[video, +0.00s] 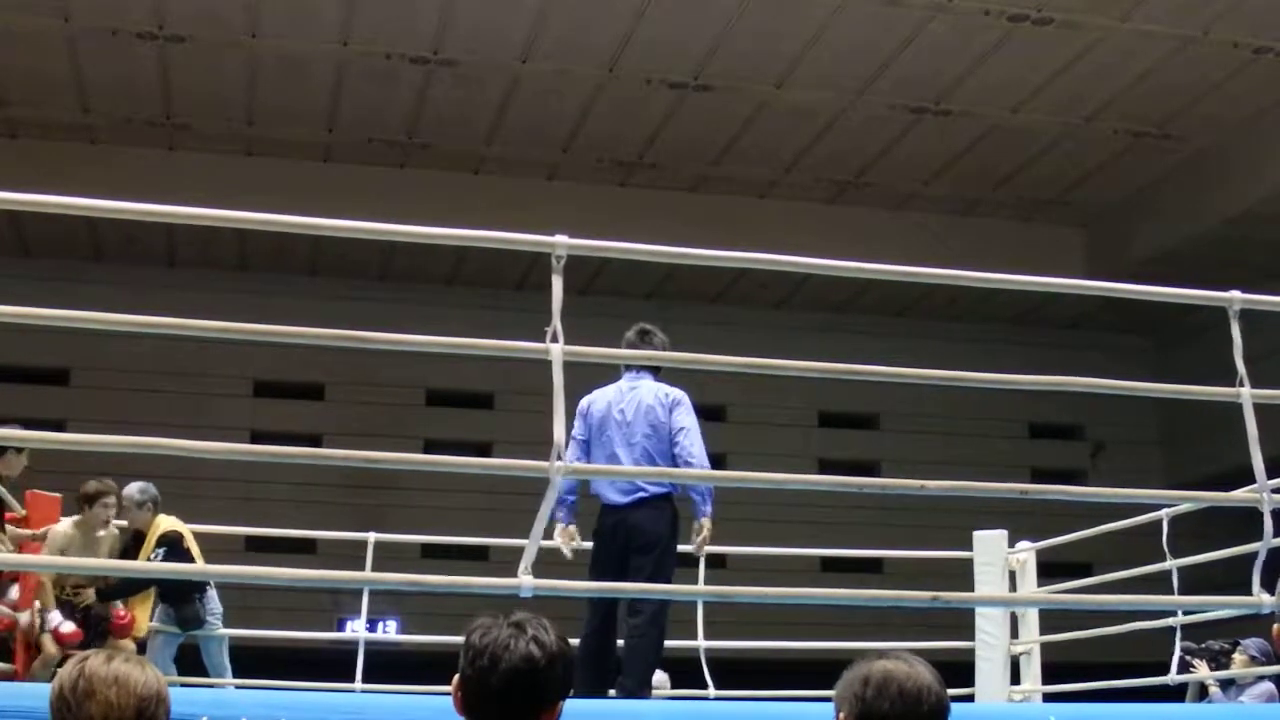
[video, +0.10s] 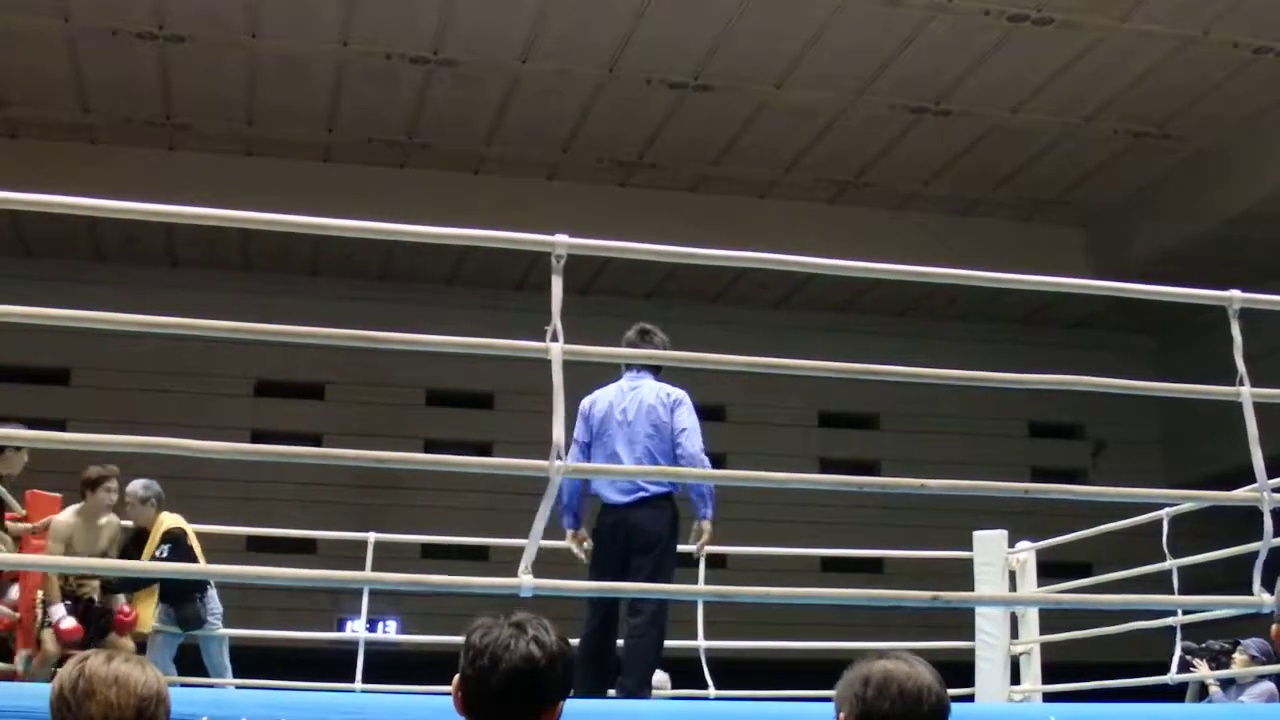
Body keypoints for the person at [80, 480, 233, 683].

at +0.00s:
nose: (123, 514)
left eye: (127, 509)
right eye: (123, 509)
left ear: (148, 509)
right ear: (145, 510)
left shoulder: (170, 534)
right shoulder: (138, 535)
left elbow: (146, 579)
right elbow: (122, 568)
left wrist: (99, 595)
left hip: (201, 600)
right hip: (170, 603)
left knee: (218, 666)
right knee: (157, 658)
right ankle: (174, 711)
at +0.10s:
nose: (127, 510)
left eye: (131, 505)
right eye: (126, 505)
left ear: (151, 505)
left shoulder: (173, 530)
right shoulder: (141, 533)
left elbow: (151, 573)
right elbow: (123, 563)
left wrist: (109, 586)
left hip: (200, 600)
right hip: (169, 603)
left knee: (218, 667)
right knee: (158, 660)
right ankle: (176, 711)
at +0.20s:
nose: (130, 509)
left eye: (133, 503)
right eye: (129, 504)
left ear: (153, 502)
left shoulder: (175, 527)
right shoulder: (142, 533)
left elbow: (158, 572)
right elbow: (125, 565)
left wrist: (111, 580)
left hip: (201, 600)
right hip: (169, 604)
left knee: (219, 668)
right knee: (157, 660)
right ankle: (177, 709)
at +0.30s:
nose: (130, 511)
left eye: (135, 505)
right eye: (129, 506)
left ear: (155, 504)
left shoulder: (175, 529)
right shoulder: (144, 535)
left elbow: (167, 571)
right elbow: (126, 568)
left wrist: (130, 579)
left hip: (203, 601)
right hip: (171, 604)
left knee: (219, 666)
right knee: (156, 658)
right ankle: (179, 708)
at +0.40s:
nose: (131, 516)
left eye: (135, 510)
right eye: (130, 511)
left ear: (154, 509)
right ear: (151, 510)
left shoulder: (176, 531)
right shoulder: (144, 540)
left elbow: (172, 577)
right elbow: (144, 572)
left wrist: (136, 566)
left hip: (201, 601)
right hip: (170, 603)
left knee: (219, 664)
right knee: (156, 657)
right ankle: (175, 707)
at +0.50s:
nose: (131, 523)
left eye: (134, 517)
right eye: (130, 518)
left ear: (154, 516)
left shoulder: (177, 536)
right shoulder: (145, 544)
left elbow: (186, 579)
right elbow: (144, 582)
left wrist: (150, 567)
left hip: (203, 603)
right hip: (172, 605)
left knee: (218, 665)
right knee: (156, 657)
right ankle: (174, 706)